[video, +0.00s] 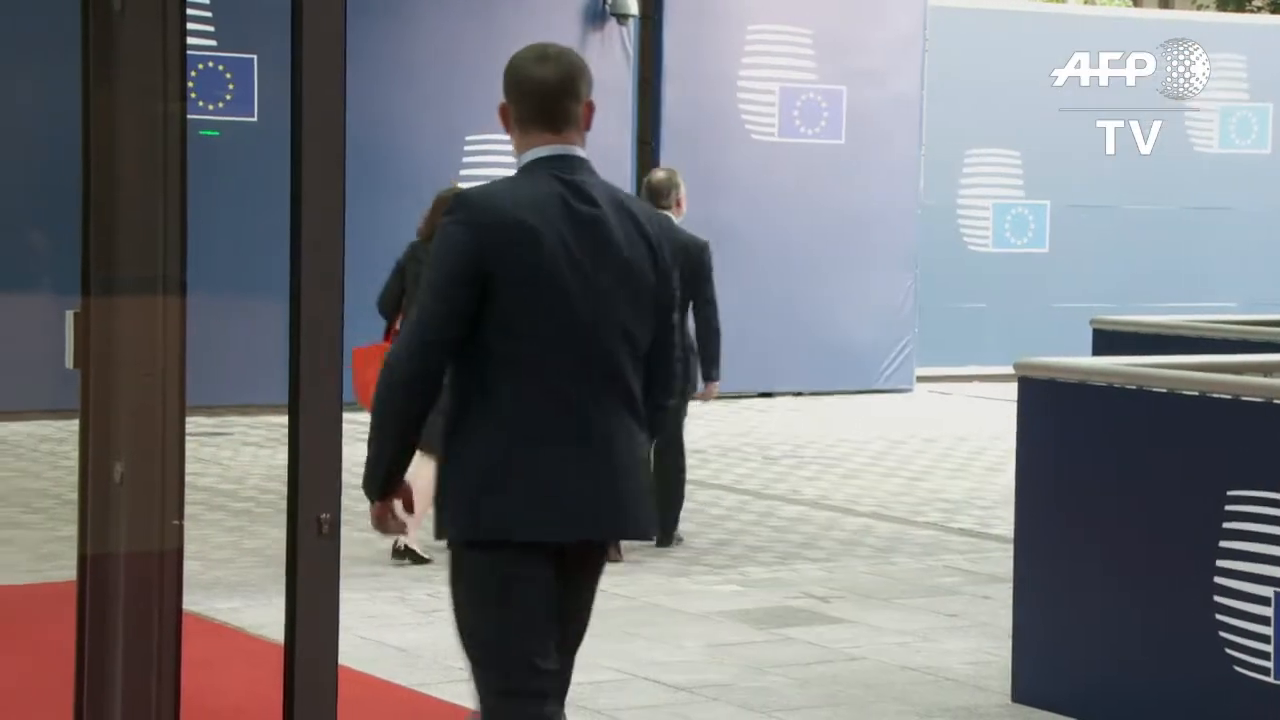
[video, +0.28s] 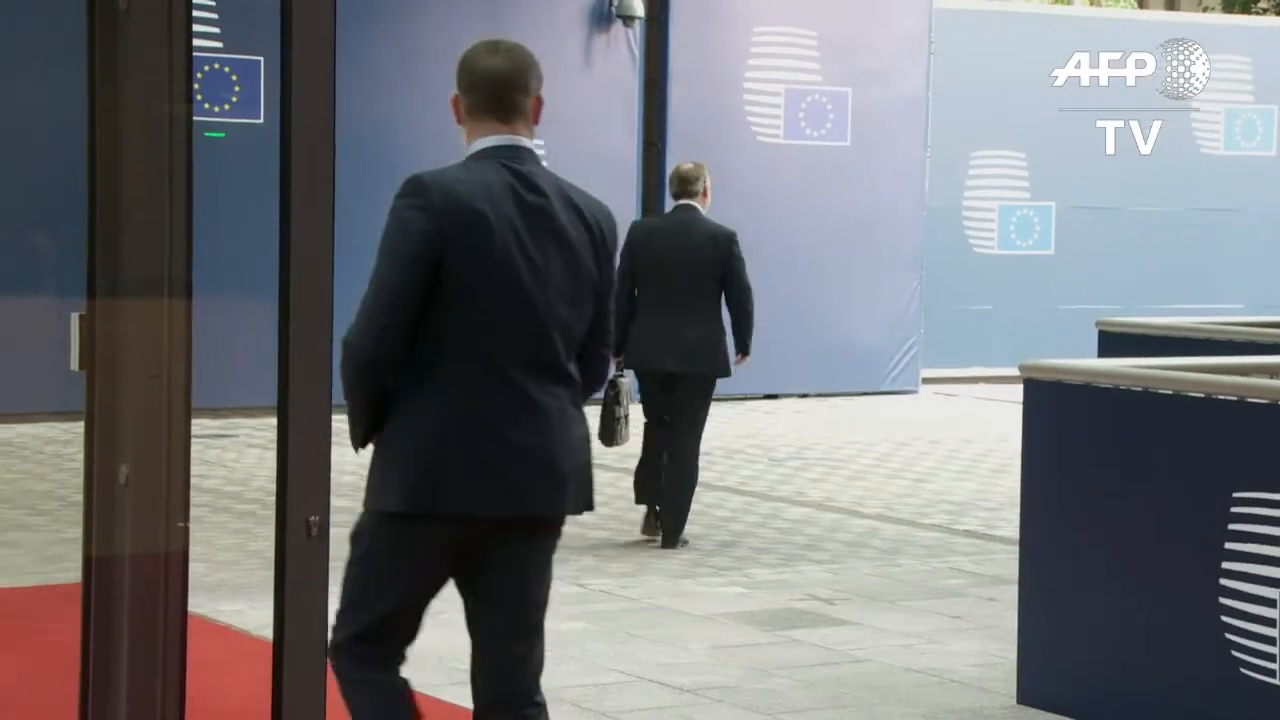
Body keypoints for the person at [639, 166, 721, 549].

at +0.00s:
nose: (685, 203)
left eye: (682, 197)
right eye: (683, 198)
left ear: (643, 200)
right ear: (678, 201)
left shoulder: (624, 239)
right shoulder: (691, 247)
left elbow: (611, 304)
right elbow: (706, 314)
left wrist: (612, 357)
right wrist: (712, 371)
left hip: (626, 356)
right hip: (672, 357)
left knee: (627, 438)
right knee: (669, 442)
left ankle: (620, 525)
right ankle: (665, 527)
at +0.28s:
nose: (710, 196)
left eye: (707, 190)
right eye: (710, 191)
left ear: (671, 193)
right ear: (705, 193)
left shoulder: (641, 232)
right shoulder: (721, 238)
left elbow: (623, 294)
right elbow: (739, 297)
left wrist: (620, 346)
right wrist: (743, 343)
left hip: (649, 355)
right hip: (700, 357)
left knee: (656, 426)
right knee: (686, 440)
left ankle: (651, 502)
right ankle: (672, 530)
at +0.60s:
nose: (717, 234)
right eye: (717, 230)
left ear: (681, 231)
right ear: (715, 231)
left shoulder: (654, 268)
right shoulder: (731, 270)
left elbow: (639, 330)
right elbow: (753, 325)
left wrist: (635, 381)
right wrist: (753, 364)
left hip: (665, 381)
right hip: (713, 383)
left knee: (675, 456)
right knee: (699, 460)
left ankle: (684, 531)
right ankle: (679, 525)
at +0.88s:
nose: (731, 230)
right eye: (732, 225)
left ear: (695, 224)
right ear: (729, 225)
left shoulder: (663, 261)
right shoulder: (743, 264)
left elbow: (649, 323)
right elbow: (755, 330)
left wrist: (644, 374)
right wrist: (755, 380)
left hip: (675, 378)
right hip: (724, 378)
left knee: (677, 462)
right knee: (727, 451)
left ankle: (678, 549)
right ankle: (718, 534)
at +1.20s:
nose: (755, 233)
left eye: (751, 227)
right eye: (754, 227)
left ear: (716, 228)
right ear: (748, 229)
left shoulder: (684, 263)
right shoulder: (762, 273)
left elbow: (664, 326)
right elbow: (771, 339)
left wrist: (660, 377)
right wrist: (771, 391)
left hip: (689, 382)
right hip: (736, 385)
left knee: (689, 458)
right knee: (739, 463)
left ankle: (676, 515)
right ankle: (731, 545)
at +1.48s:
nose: (757, 220)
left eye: (755, 215)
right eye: (756, 215)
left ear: (717, 217)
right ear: (750, 218)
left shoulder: (686, 254)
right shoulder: (764, 262)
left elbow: (667, 314)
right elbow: (784, 315)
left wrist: (661, 364)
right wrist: (789, 359)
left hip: (693, 373)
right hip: (742, 376)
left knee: (705, 441)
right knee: (729, 455)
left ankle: (700, 517)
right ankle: (714, 544)